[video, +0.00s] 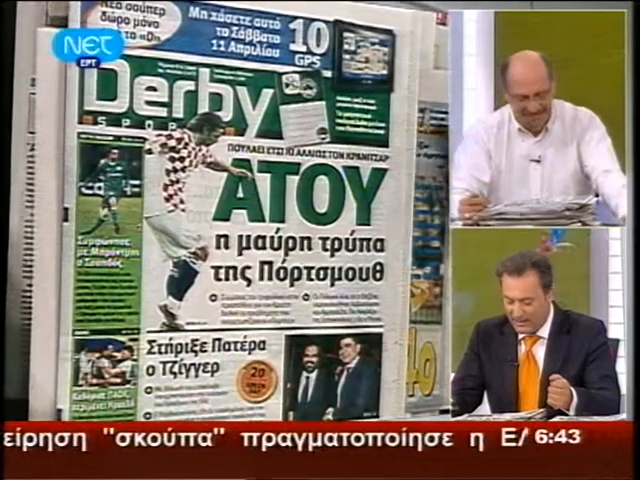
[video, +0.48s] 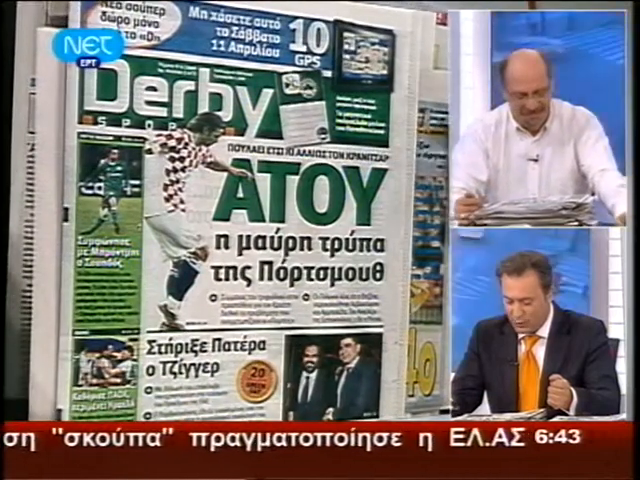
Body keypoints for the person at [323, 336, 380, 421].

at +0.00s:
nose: (343, 351)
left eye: (347, 346)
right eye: (341, 348)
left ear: (358, 348)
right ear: (339, 351)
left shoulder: (367, 368)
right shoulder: (341, 371)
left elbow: (361, 409)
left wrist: (335, 414)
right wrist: (330, 411)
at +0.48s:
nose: (343, 351)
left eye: (347, 346)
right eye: (341, 348)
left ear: (358, 348)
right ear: (339, 351)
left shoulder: (367, 368)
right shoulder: (340, 371)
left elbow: (360, 409)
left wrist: (335, 415)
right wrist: (330, 411)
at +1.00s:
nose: (343, 351)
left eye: (347, 346)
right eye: (341, 348)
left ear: (358, 348)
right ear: (339, 351)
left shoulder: (367, 368)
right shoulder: (340, 371)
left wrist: (335, 415)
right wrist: (331, 411)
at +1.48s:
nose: (343, 351)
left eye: (347, 346)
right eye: (341, 348)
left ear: (358, 348)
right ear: (339, 351)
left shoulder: (367, 368)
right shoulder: (340, 371)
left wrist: (335, 415)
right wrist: (330, 411)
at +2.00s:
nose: (343, 351)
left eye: (347, 346)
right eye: (341, 348)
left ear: (358, 348)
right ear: (339, 351)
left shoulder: (367, 368)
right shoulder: (340, 372)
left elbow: (360, 409)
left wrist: (335, 415)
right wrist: (330, 411)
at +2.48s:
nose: (343, 351)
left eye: (347, 346)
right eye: (341, 348)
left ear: (358, 348)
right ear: (339, 351)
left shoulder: (367, 368)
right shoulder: (340, 372)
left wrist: (335, 415)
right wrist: (331, 411)